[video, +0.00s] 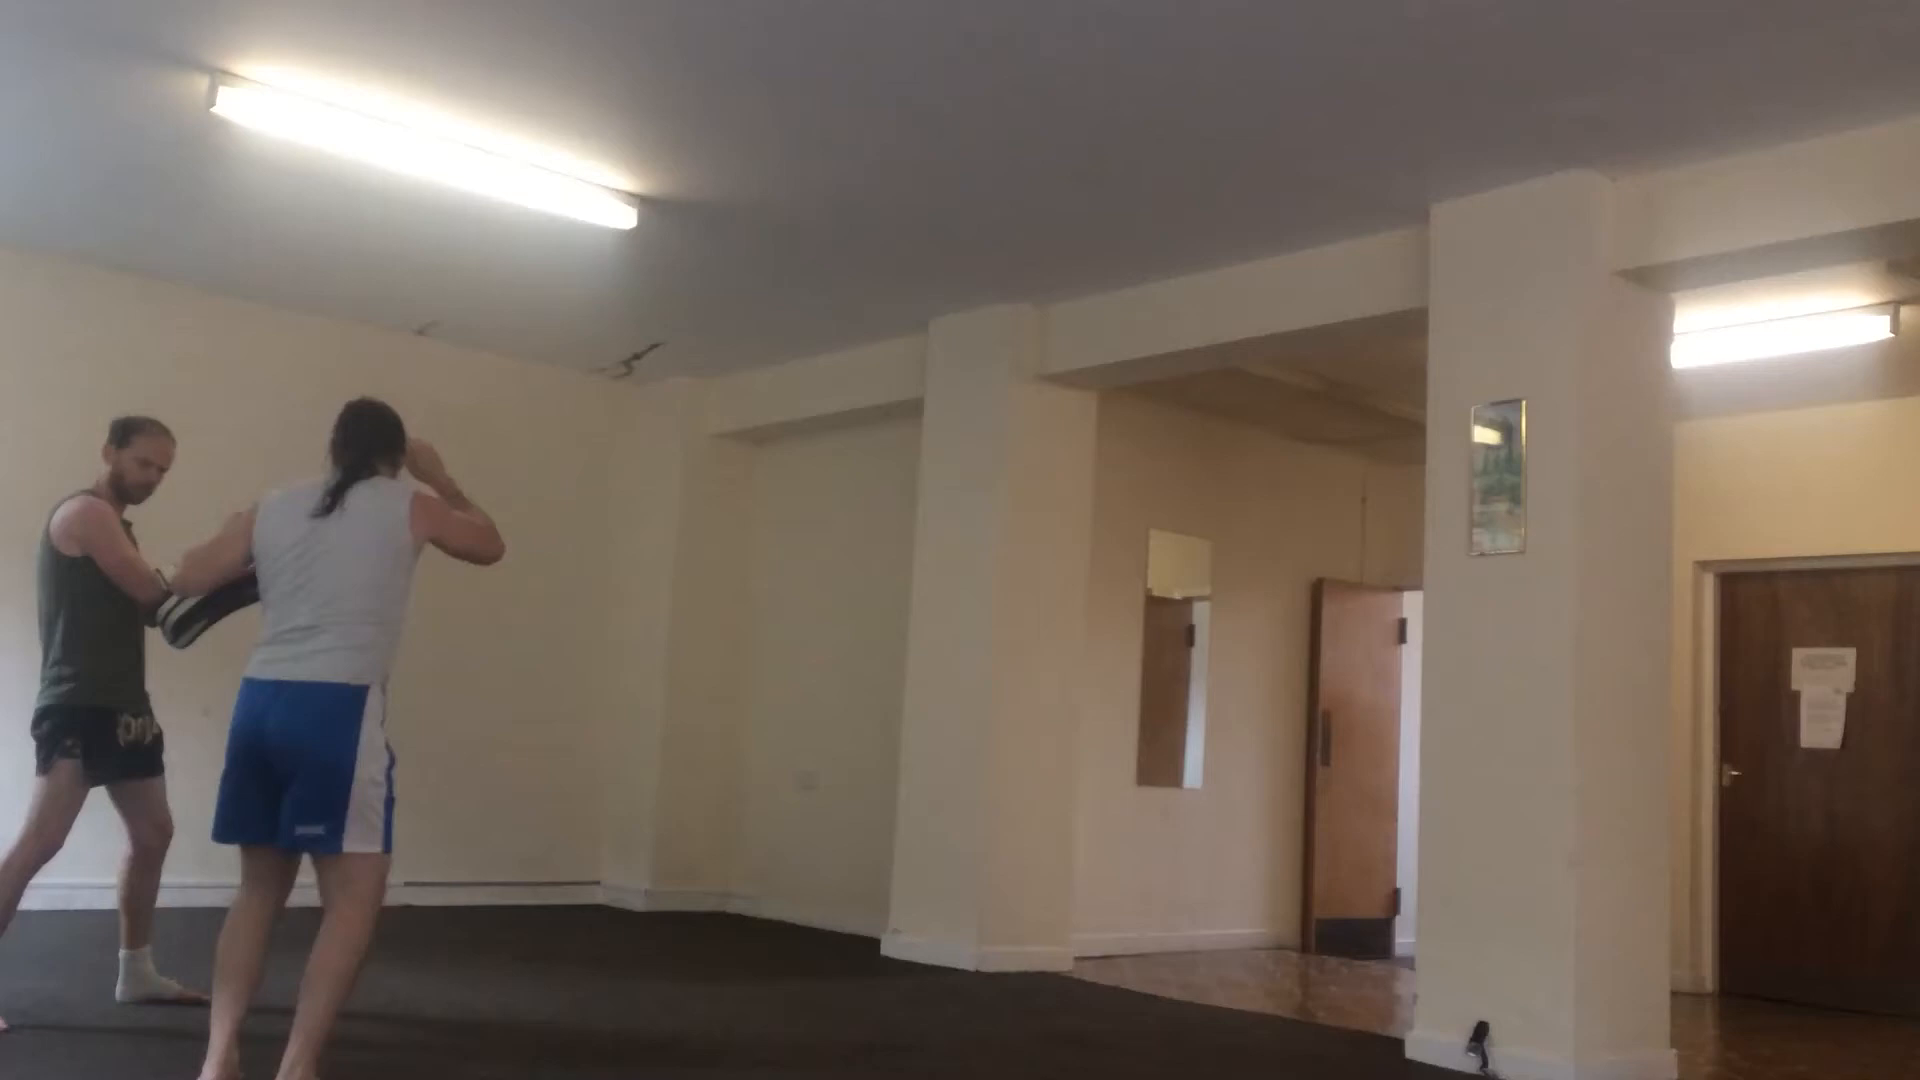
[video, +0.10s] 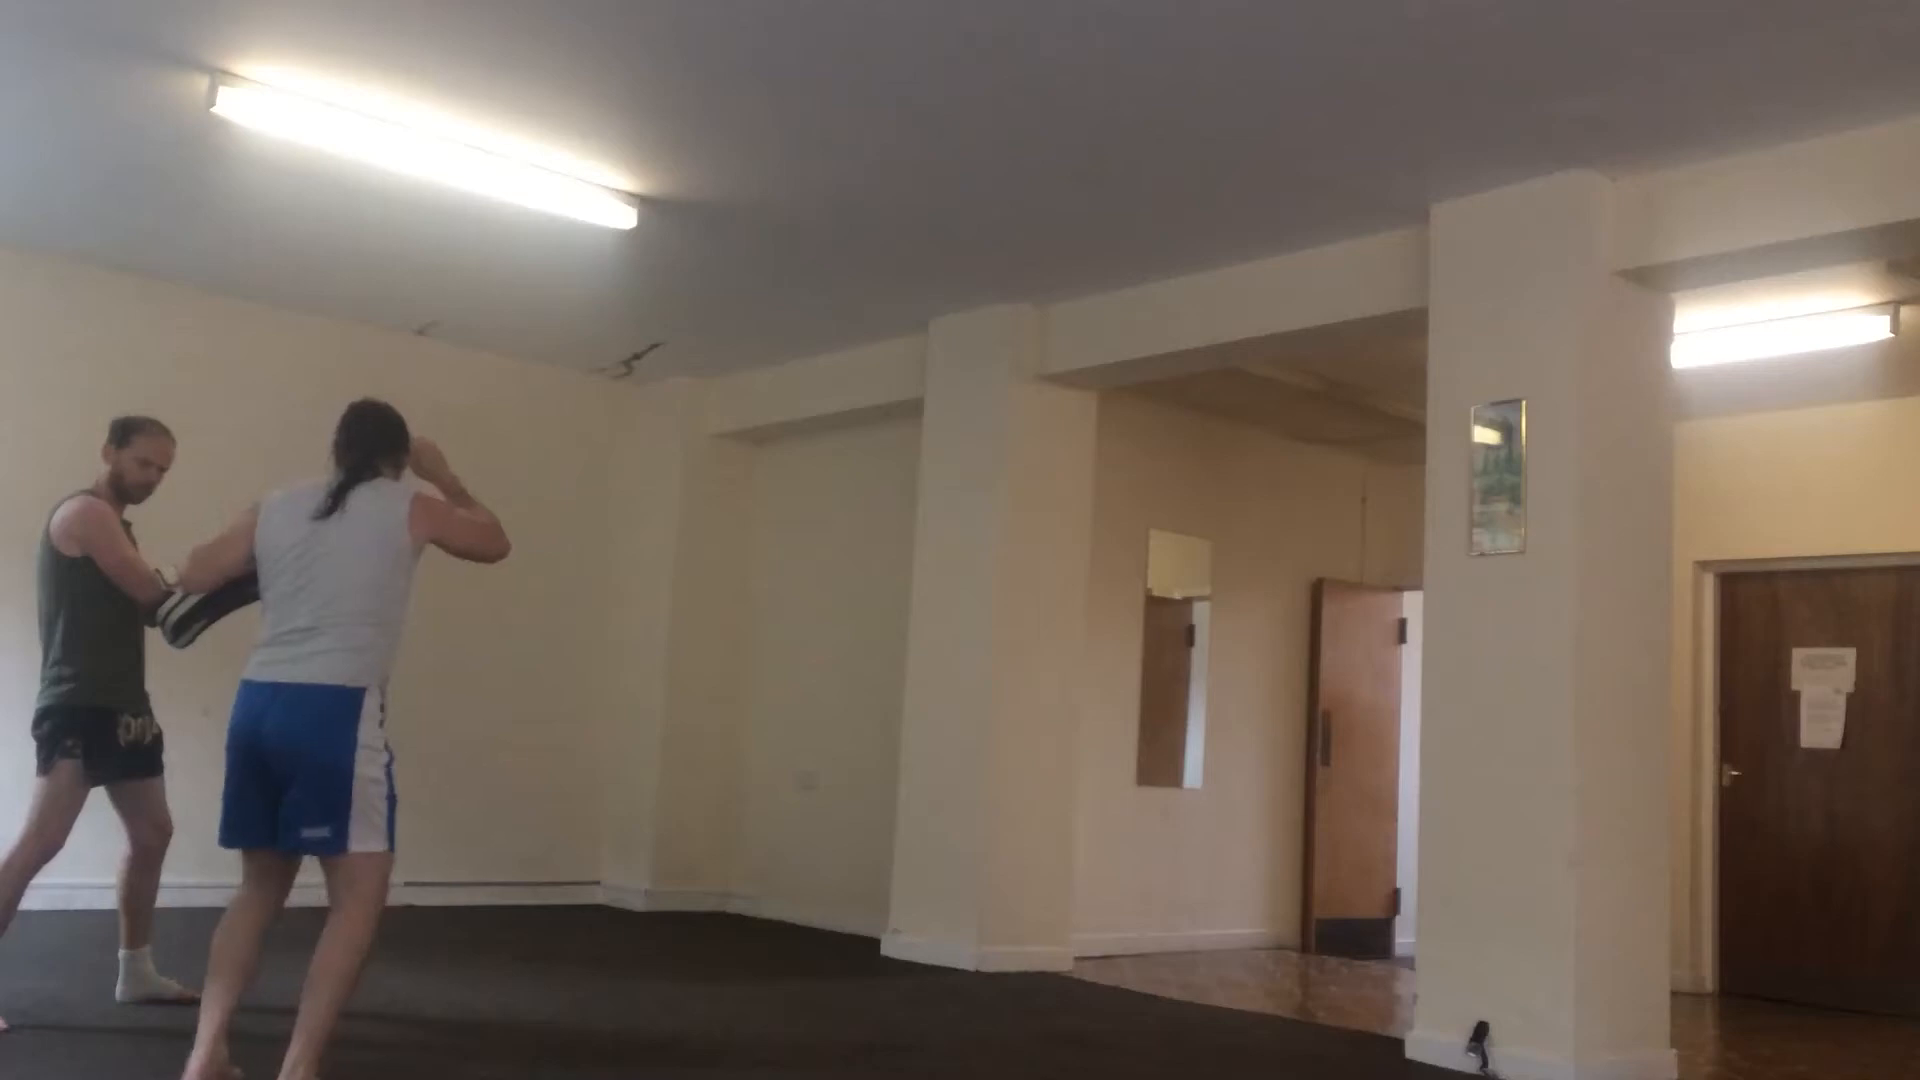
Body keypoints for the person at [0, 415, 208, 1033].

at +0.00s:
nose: (153, 478)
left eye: (161, 470)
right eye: (146, 464)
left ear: (156, 471)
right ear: (110, 454)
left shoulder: (114, 523)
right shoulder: (83, 514)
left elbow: (145, 605)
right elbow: (149, 593)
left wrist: (179, 590)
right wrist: (176, 580)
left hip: (125, 709)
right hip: (77, 708)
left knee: (153, 833)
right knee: (37, 842)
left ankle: (137, 973)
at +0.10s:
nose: (154, 479)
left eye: (162, 470)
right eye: (147, 465)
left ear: (155, 471)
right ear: (111, 454)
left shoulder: (111, 520)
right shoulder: (83, 514)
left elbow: (144, 600)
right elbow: (149, 593)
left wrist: (167, 587)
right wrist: (173, 579)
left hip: (124, 709)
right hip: (77, 708)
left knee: (153, 833)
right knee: (38, 843)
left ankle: (137, 973)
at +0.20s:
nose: (154, 479)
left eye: (162, 470)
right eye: (146, 465)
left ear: (159, 471)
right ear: (111, 454)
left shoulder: (111, 522)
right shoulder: (85, 515)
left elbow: (144, 604)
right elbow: (152, 597)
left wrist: (175, 590)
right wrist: (175, 581)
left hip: (123, 709)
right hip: (78, 708)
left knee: (153, 834)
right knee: (41, 841)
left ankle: (136, 971)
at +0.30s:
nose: (155, 479)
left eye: (163, 470)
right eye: (147, 465)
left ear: (157, 471)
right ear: (111, 454)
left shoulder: (109, 521)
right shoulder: (84, 515)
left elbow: (141, 607)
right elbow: (150, 596)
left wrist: (186, 586)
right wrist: (187, 578)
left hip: (124, 710)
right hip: (78, 709)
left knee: (153, 834)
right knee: (43, 842)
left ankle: (135, 972)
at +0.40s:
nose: (155, 479)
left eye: (163, 470)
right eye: (147, 465)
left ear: (159, 471)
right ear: (112, 454)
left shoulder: (109, 521)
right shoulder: (85, 515)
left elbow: (142, 608)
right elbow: (151, 598)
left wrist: (183, 588)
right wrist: (182, 579)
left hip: (123, 710)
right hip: (80, 710)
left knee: (153, 833)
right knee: (44, 843)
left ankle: (135, 972)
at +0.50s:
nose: (156, 478)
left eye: (164, 470)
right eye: (149, 465)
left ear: (160, 471)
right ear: (113, 454)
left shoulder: (110, 522)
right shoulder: (87, 515)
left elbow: (148, 610)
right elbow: (154, 599)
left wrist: (194, 594)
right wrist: (182, 584)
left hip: (124, 711)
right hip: (81, 710)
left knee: (153, 834)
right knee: (46, 843)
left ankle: (135, 973)